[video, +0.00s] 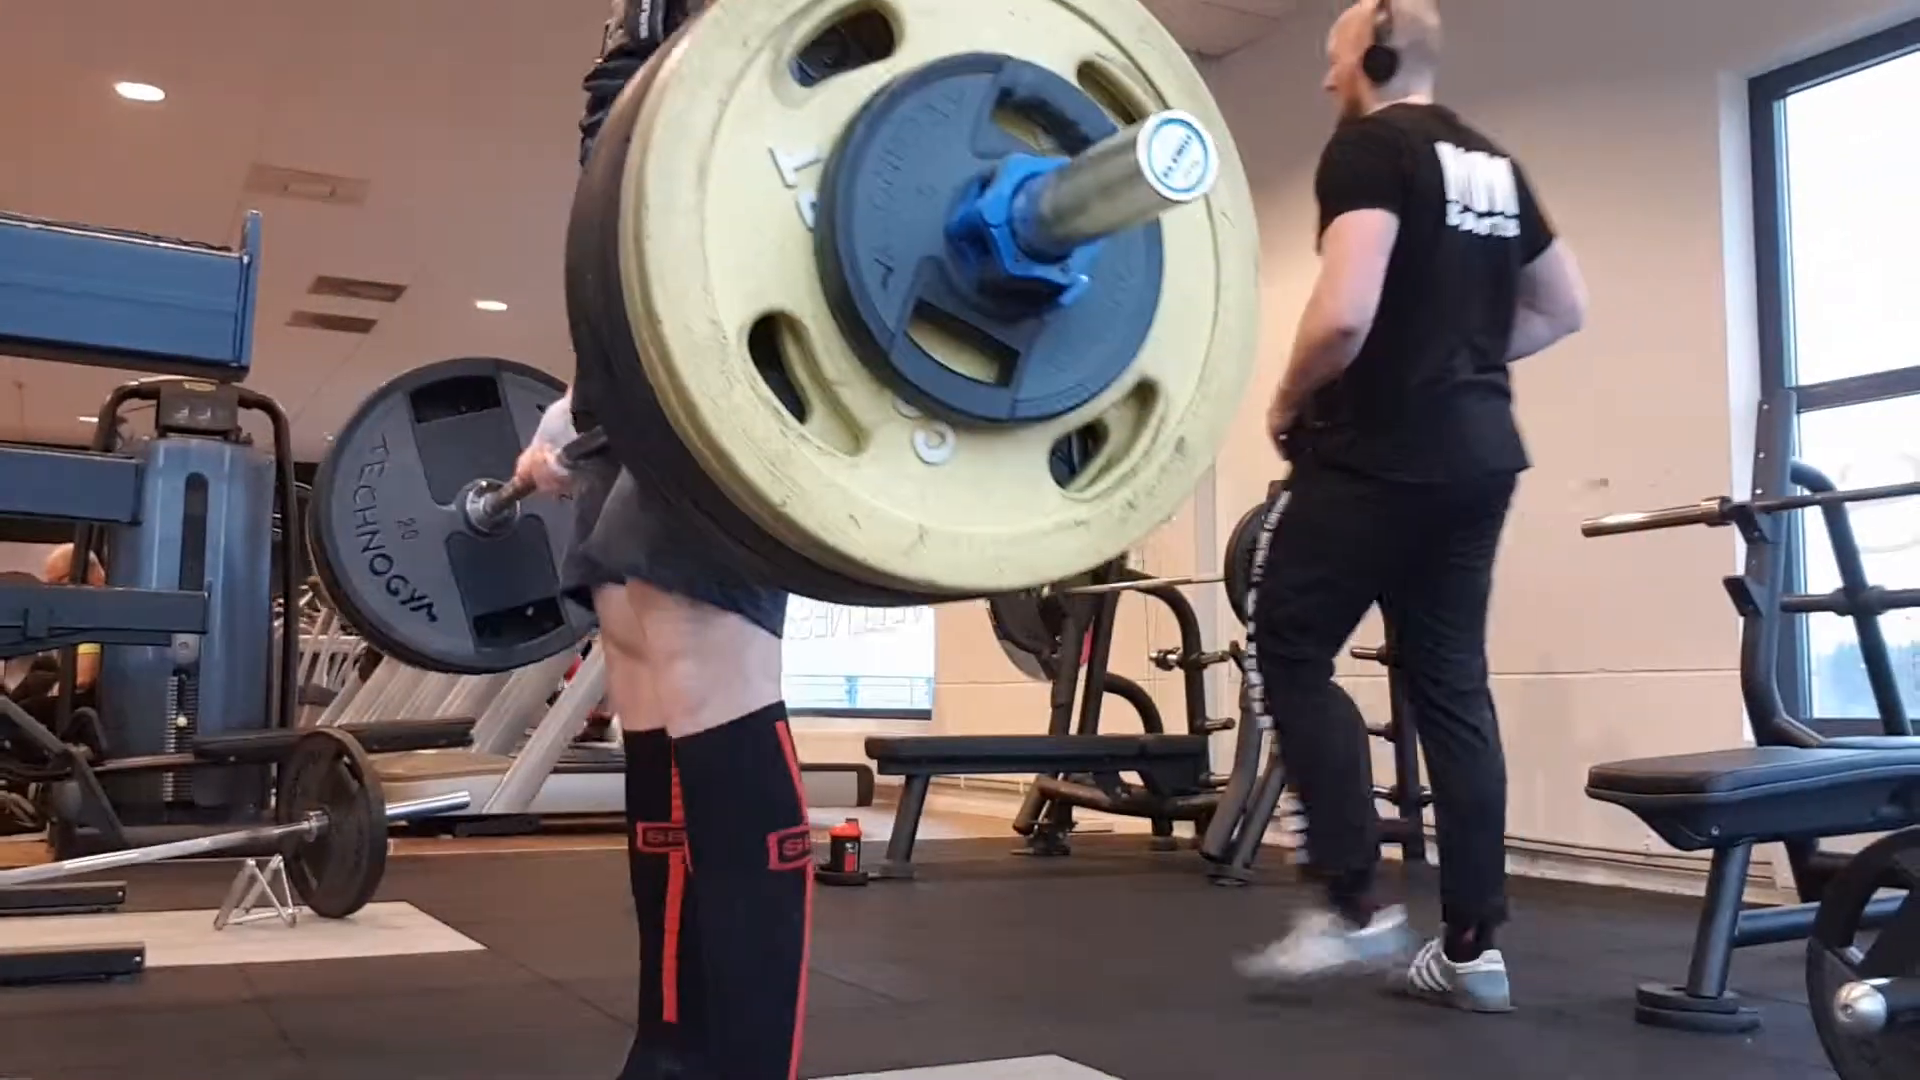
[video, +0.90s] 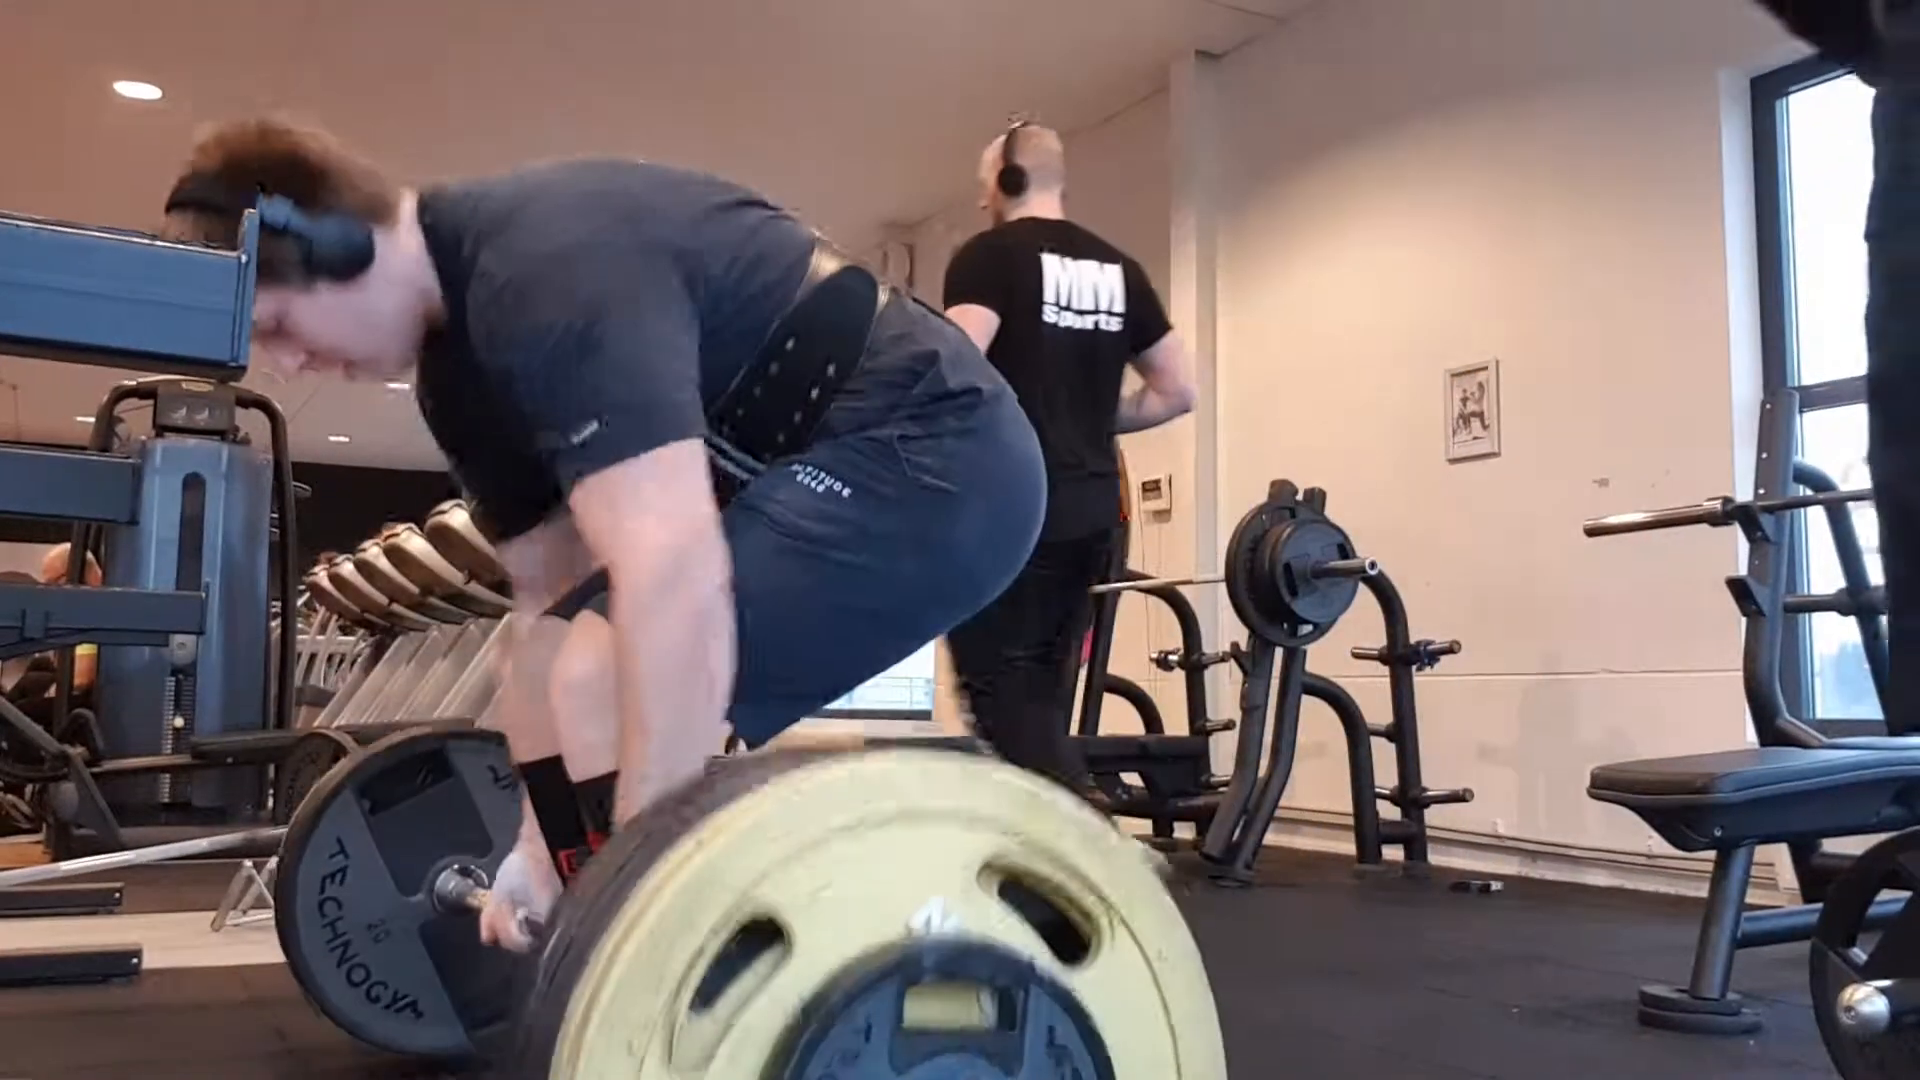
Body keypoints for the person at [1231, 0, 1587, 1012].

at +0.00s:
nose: (1325, 77)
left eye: (1331, 59)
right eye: (1328, 59)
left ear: (1364, 57)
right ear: (1423, 64)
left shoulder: (1368, 145)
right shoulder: (1494, 162)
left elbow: (1346, 314)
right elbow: (1559, 308)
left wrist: (1287, 399)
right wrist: (1462, 356)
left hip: (1375, 457)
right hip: (1477, 459)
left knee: (1291, 651)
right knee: (1450, 685)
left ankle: (1354, 910)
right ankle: (1472, 946)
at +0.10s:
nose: (1284, 102)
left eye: (1289, 86)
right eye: (1285, 86)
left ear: (1319, 84)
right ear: (1376, 84)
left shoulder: (1325, 161)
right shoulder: (1444, 177)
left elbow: (1316, 328)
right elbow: (1506, 325)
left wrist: (1254, 411)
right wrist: (1414, 365)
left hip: (1334, 467)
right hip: (1434, 466)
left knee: (1283, 695)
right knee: (1427, 692)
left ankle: (1219, 918)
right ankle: (1472, 949)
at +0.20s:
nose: (1237, 123)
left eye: (1241, 108)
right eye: (1240, 106)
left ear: (1267, 109)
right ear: (1327, 108)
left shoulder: (1272, 190)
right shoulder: (1395, 201)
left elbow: (1269, 353)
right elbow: (1459, 341)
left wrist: (1206, 430)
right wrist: (1360, 377)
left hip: (1287, 488)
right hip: (1385, 482)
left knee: (1253, 706)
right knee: (1387, 700)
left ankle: (1187, 923)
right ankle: (1466, 939)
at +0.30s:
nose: (1178, 128)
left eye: (1183, 115)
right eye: (1182, 114)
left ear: (1211, 121)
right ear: (1273, 122)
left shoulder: (1192, 208)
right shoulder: (1342, 210)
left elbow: (1146, 335)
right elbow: (1409, 345)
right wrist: (1322, 385)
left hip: (1223, 499)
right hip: (1332, 496)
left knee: (1190, 701)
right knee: (1314, 689)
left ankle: (1175, 927)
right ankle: (1429, 888)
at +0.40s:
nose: (1137, 136)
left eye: (1140, 123)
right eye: (1140, 122)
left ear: (1162, 127)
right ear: (1229, 126)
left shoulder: (1144, 212)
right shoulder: (1296, 208)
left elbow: (1096, 336)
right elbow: (1371, 340)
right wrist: (1283, 379)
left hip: (1187, 485)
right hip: (1282, 486)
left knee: (1169, 702)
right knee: (1243, 679)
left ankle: (1176, 925)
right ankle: (1337, 830)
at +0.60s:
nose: (1075, 150)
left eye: (1077, 137)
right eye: (1076, 135)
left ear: (1091, 143)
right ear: (1161, 137)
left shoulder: (1077, 221)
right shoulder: (1225, 223)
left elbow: (1034, 359)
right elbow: (1297, 351)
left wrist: (1037, 430)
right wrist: (1209, 385)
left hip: (1113, 485)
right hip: (1206, 484)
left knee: (1106, 666)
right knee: (1170, 657)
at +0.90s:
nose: (982, 191)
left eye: (985, 180)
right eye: (984, 179)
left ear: (999, 183)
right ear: (1061, 185)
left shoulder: (989, 255)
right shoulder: (1116, 266)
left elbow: (955, 365)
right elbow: (1176, 392)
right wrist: (1097, 415)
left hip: (1010, 503)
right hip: (1093, 509)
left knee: (995, 678)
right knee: (1048, 675)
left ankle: (1066, 829)